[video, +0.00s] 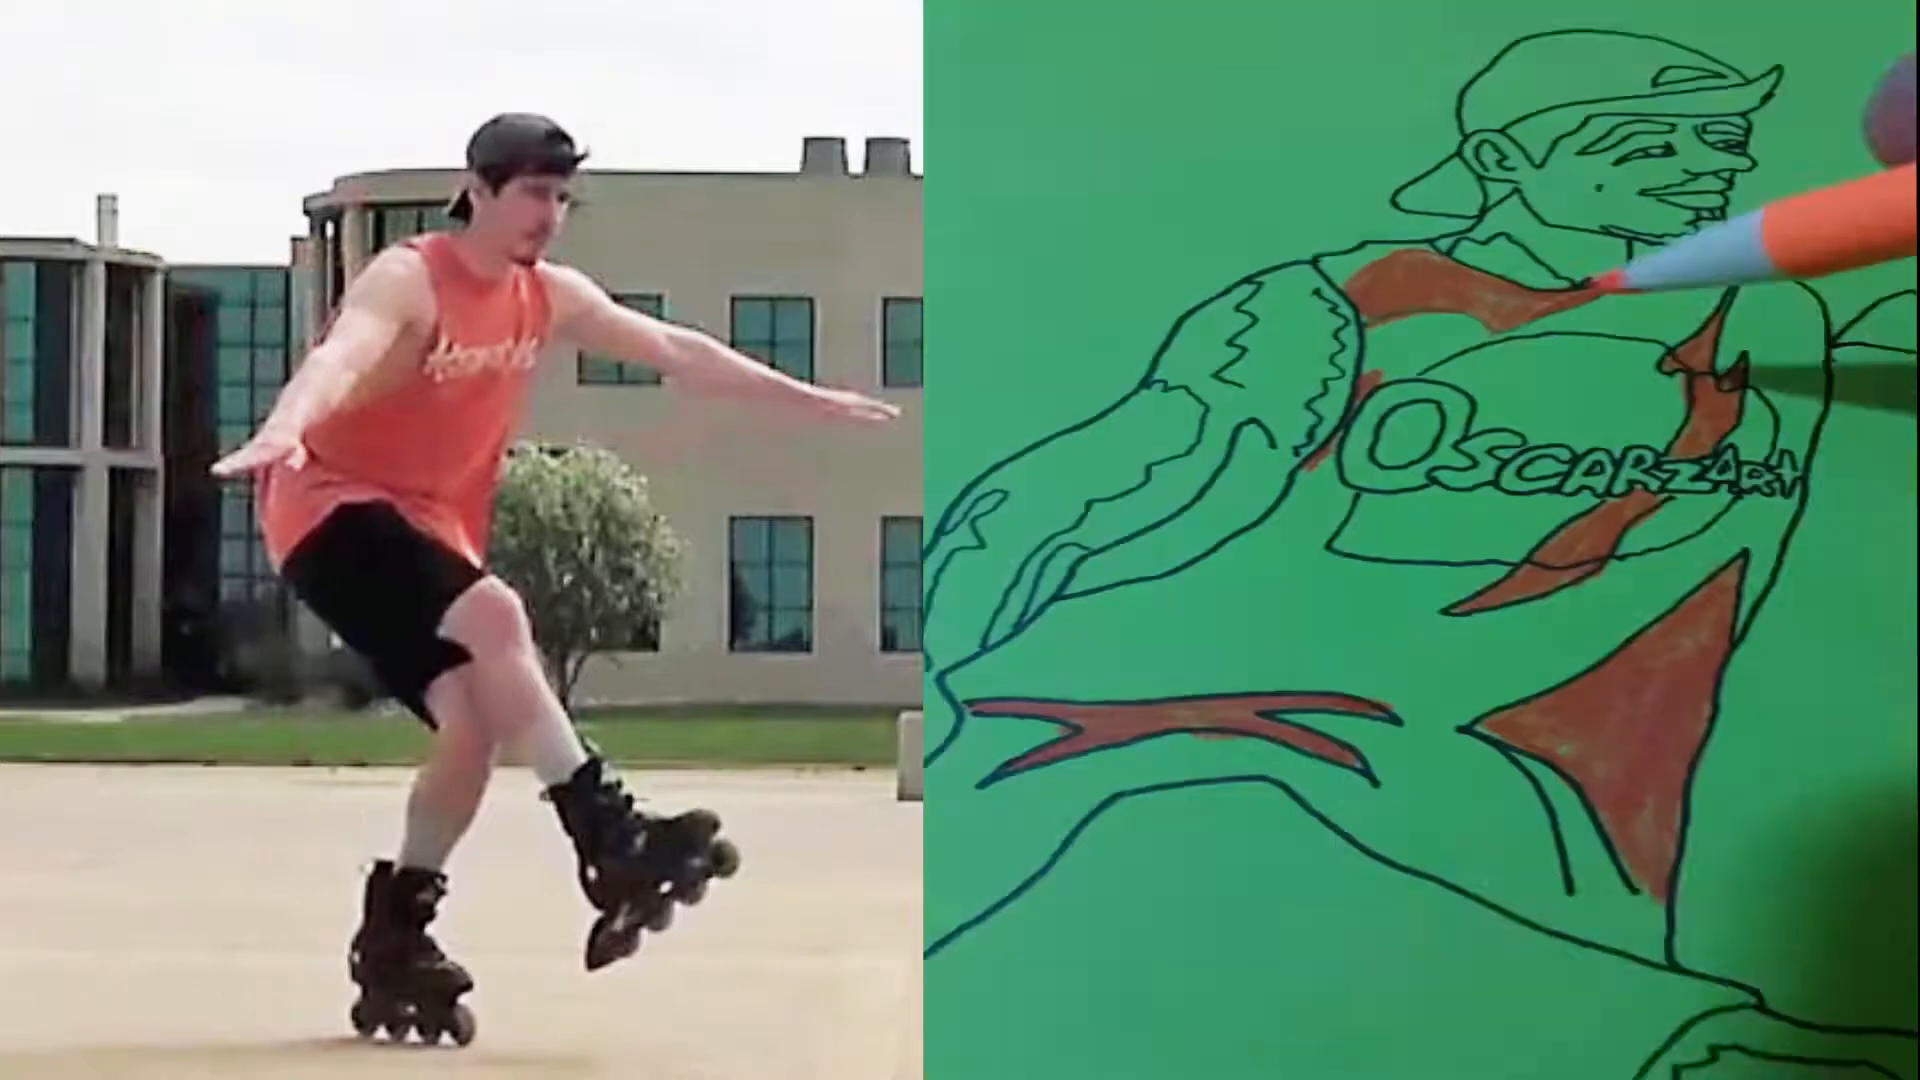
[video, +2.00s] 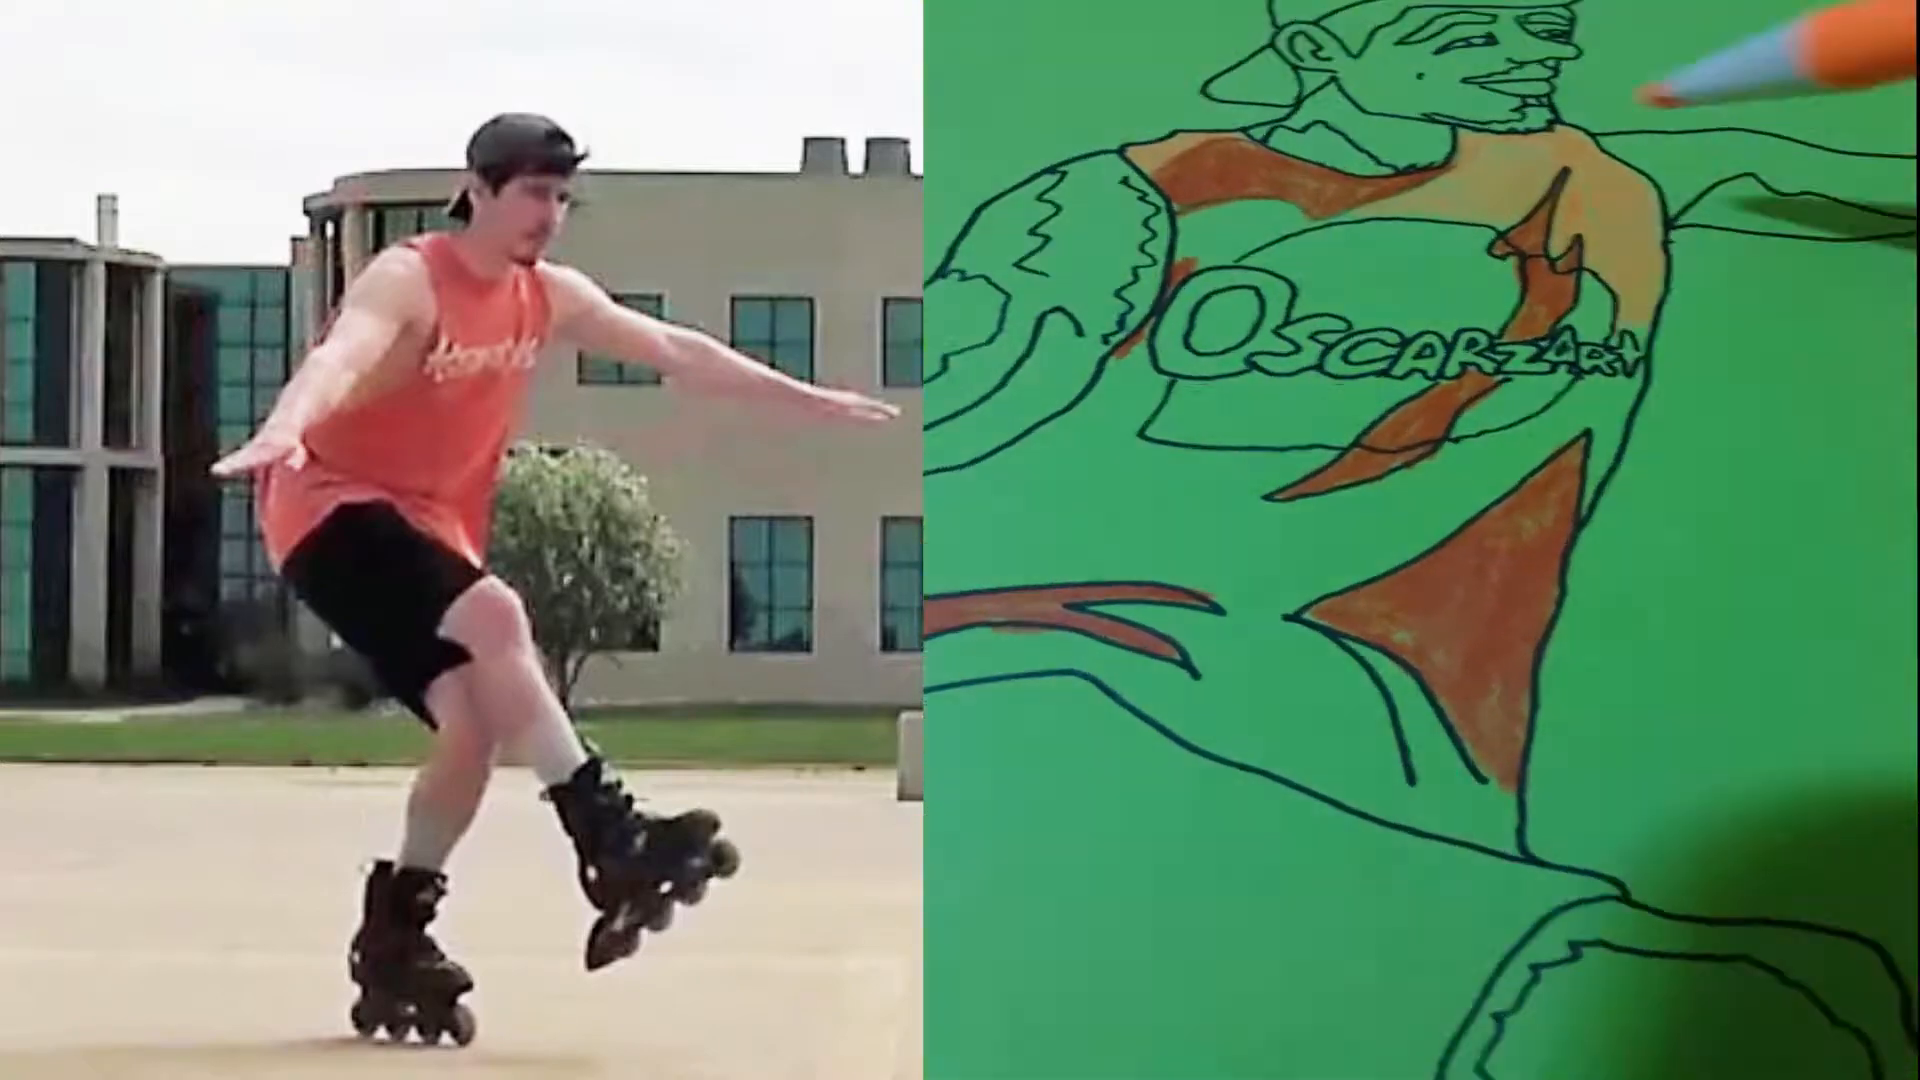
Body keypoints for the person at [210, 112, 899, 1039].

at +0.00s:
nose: (552, 214)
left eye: (562, 198)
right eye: (536, 194)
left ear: (563, 203)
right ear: (477, 191)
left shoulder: (551, 293)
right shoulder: (409, 274)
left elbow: (674, 349)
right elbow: (342, 356)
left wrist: (810, 399)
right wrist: (283, 429)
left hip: (436, 530)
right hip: (334, 505)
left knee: (477, 725)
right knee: (492, 616)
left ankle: (393, 936)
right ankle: (611, 842)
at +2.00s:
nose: (552, 214)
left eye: (562, 198)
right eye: (536, 195)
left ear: (562, 203)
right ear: (477, 191)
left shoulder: (551, 293)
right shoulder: (408, 275)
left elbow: (674, 350)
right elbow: (342, 356)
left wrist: (810, 399)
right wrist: (283, 428)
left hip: (436, 529)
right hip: (333, 504)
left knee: (477, 723)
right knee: (492, 616)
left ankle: (393, 937)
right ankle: (611, 843)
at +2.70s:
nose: (551, 214)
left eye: (561, 198)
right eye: (534, 195)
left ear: (563, 203)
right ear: (476, 191)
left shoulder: (552, 293)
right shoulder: (409, 274)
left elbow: (676, 351)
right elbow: (342, 355)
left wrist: (812, 400)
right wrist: (283, 428)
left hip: (437, 530)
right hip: (335, 506)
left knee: (477, 724)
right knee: (492, 616)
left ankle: (393, 937)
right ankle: (610, 841)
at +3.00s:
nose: (551, 215)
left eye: (561, 199)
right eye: (535, 195)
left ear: (563, 204)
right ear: (476, 191)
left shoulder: (551, 293)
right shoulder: (408, 274)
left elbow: (674, 350)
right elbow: (341, 356)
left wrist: (810, 399)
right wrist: (282, 429)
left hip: (437, 531)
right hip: (334, 505)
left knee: (477, 726)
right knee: (492, 616)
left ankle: (393, 934)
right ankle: (609, 839)